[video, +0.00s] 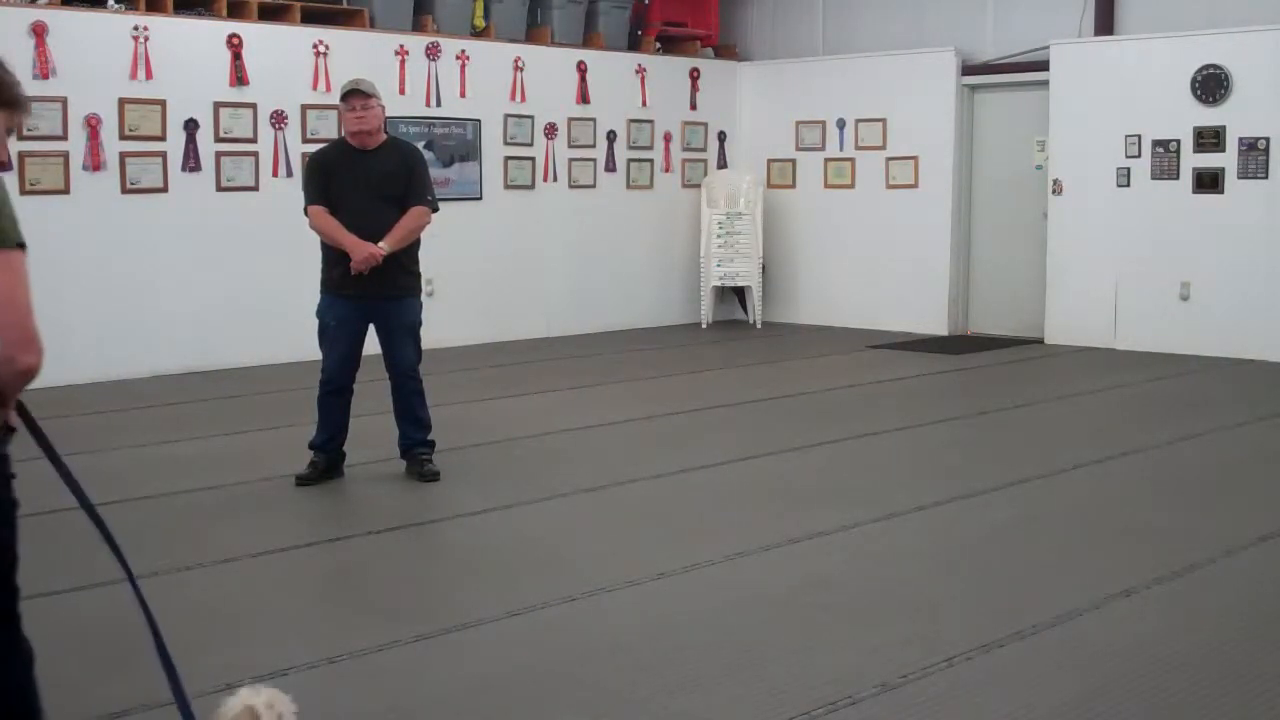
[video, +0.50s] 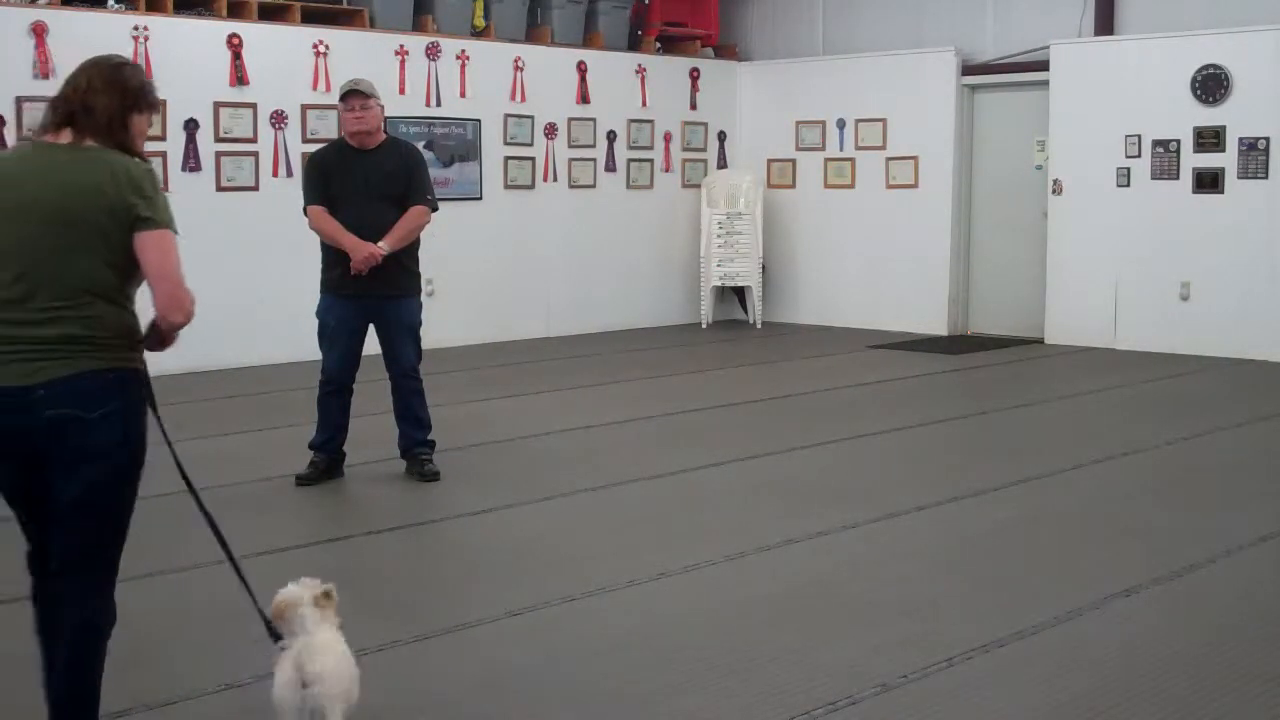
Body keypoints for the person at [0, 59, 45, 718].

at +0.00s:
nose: (9, 153)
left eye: (13, 134)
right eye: (9, 134)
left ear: (11, 132)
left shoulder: (5, 197)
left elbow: (19, 351)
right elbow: (19, 350)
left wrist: (5, 399)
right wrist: (5, 401)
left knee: (5, 638)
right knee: (2, 639)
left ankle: (20, 697)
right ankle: (18, 699)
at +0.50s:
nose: (149, 132)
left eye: (151, 120)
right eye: (146, 119)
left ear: (71, 106)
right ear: (119, 113)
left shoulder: (10, 165)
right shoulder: (128, 175)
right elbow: (173, 305)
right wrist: (161, 331)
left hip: (8, 398)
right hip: (94, 397)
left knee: (47, 560)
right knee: (86, 578)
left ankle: (66, 700)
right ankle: (74, 708)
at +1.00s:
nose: (208, 143)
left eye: (209, 133)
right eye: (207, 133)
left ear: (143, 115)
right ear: (194, 129)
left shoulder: (86, 169)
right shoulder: (197, 183)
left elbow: (53, 273)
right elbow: (227, 297)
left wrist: (116, 264)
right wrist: (238, 372)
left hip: (82, 371)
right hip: (171, 368)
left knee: (113, 523)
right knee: (179, 506)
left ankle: (137, 677)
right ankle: (189, 651)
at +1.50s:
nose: (278, 200)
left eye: (280, 193)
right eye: (279, 192)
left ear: (226, 167)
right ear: (272, 185)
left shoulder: (170, 193)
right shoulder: (267, 221)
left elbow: (123, 273)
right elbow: (279, 320)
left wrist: (175, 269)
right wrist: (273, 401)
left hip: (135, 348)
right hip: (215, 354)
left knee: (152, 471)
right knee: (222, 473)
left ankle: (150, 589)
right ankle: (217, 603)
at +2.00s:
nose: (301, 255)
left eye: (304, 248)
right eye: (302, 247)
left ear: (260, 219)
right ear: (291, 237)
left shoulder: (202, 227)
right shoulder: (284, 259)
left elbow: (145, 284)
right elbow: (300, 355)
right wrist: (311, 427)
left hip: (146, 335)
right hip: (215, 341)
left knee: (182, 455)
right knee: (228, 464)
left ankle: (200, 576)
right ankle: (216, 596)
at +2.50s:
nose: (317, 235)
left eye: (321, 225)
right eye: (319, 223)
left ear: (277, 198)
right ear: (304, 211)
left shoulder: (221, 210)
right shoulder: (291, 232)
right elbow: (302, 325)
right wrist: (314, 395)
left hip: (160, 316)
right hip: (225, 319)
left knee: (201, 438)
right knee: (249, 437)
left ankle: (204, 566)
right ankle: (255, 554)